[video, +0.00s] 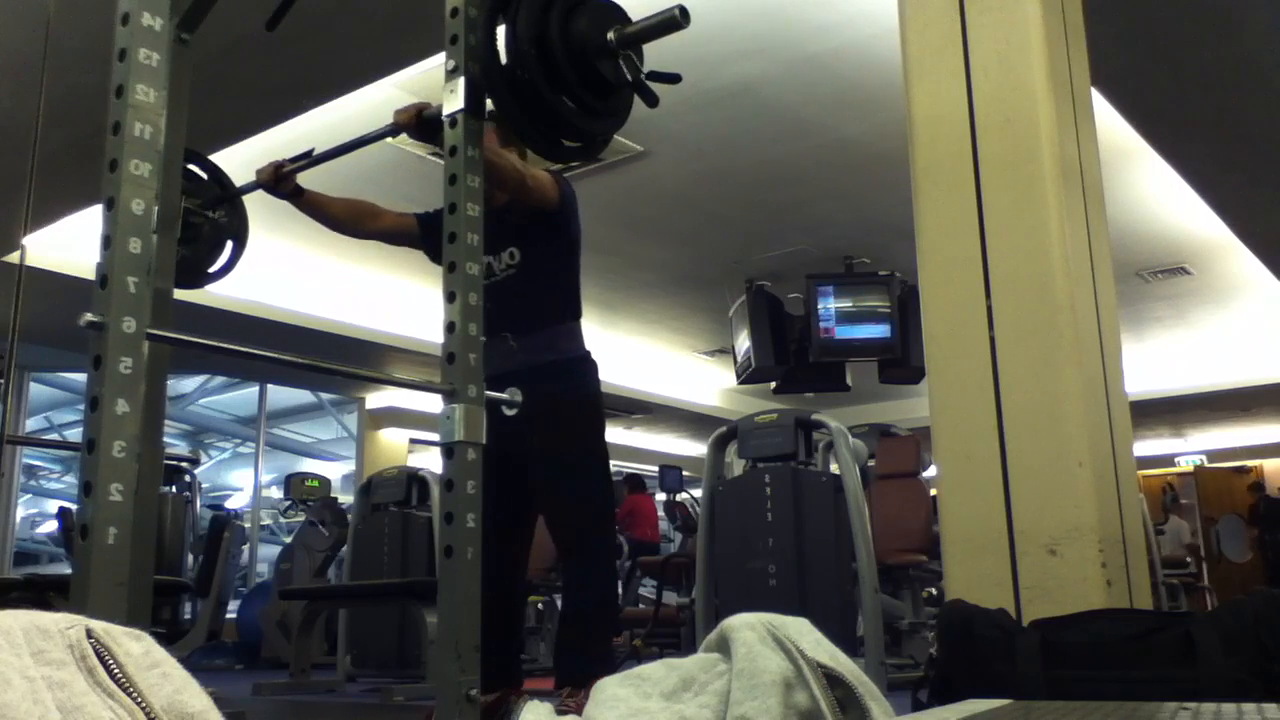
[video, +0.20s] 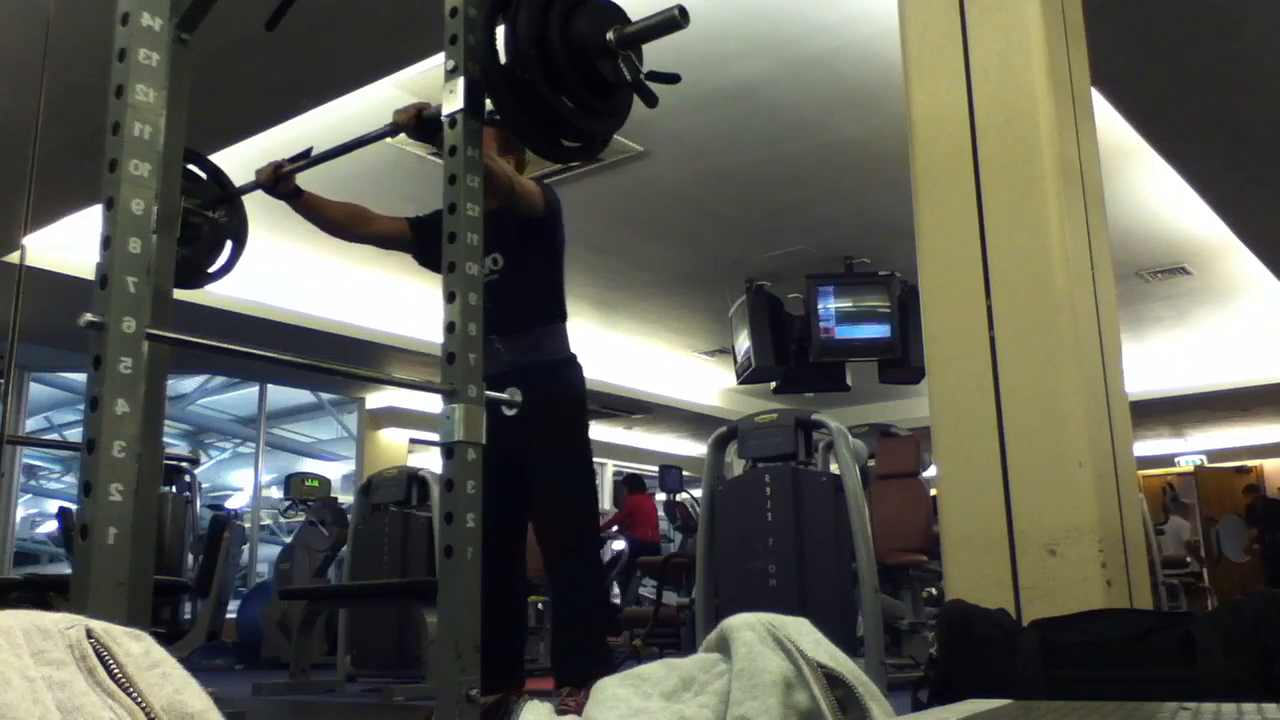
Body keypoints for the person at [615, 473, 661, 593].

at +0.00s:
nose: (625, 490)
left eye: (626, 487)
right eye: (625, 487)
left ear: (630, 487)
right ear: (643, 486)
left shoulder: (631, 500)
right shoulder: (649, 499)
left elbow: (620, 518)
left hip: (637, 543)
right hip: (654, 543)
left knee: (631, 576)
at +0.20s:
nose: (624, 491)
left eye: (625, 488)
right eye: (624, 488)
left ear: (630, 487)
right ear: (642, 486)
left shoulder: (632, 500)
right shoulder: (650, 500)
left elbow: (618, 518)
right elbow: (635, 522)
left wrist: (600, 529)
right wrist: (618, 532)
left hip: (637, 545)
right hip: (654, 545)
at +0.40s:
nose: (626, 491)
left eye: (627, 487)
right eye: (626, 487)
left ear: (631, 487)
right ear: (644, 487)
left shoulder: (631, 500)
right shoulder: (650, 501)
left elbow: (617, 517)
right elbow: (640, 521)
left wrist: (599, 529)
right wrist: (619, 530)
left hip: (636, 545)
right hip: (654, 546)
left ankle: (617, 603)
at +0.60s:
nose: (627, 491)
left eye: (628, 488)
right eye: (627, 488)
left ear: (631, 488)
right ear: (645, 487)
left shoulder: (631, 500)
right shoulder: (650, 501)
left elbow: (617, 518)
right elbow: (638, 522)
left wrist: (601, 528)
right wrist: (620, 530)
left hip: (636, 546)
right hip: (654, 547)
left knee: (611, 571)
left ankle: (617, 603)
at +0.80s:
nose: (625, 490)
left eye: (626, 487)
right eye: (625, 487)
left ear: (630, 486)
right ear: (643, 485)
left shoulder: (631, 500)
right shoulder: (649, 499)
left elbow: (616, 519)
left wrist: (600, 529)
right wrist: (617, 534)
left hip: (636, 546)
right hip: (654, 546)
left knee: (605, 553)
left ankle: (611, 583)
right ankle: (629, 585)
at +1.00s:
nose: (624, 490)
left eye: (625, 487)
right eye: (624, 487)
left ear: (629, 487)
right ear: (642, 486)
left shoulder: (631, 500)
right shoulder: (649, 500)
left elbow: (617, 520)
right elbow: (634, 522)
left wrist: (601, 529)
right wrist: (617, 533)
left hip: (637, 544)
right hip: (654, 545)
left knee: (624, 575)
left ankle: (630, 605)